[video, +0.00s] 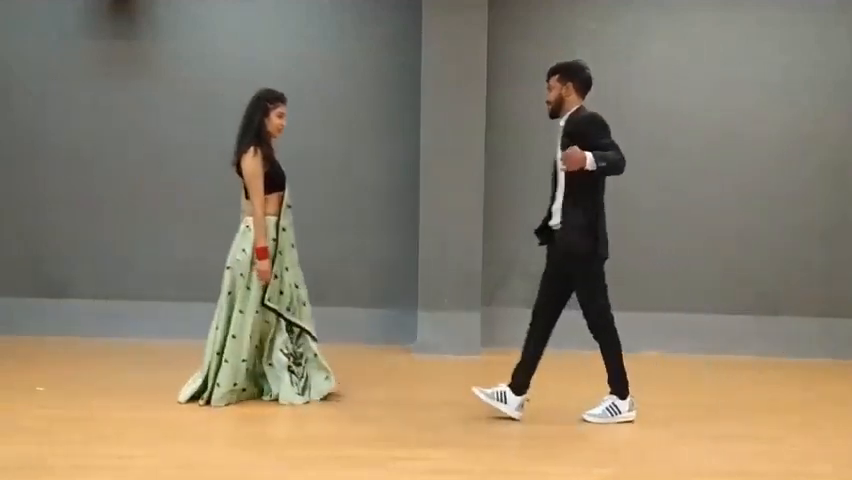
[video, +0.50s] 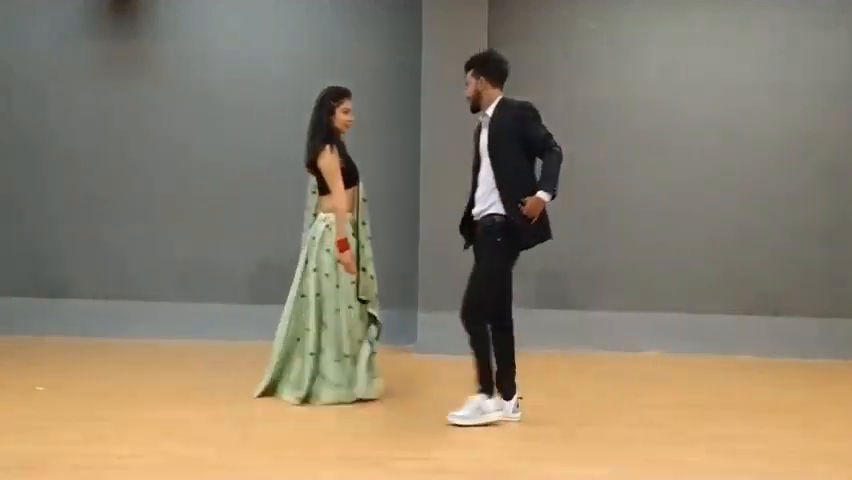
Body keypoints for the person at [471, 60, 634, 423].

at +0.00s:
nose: (546, 94)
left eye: (550, 87)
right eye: (547, 87)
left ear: (567, 87)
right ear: (566, 88)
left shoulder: (588, 122)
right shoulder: (568, 127)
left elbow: (617, 161)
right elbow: (571, 186)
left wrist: (588, 160)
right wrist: (555, 225)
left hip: (582, 241)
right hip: (563, 241)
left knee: (600, 320)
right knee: (542, 317)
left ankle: (621, 399)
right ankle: (514, 393)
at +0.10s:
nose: (531, 96)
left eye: (535, 88)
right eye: (531, 89)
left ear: (553, 89)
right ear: (551, 90)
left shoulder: (575, 121)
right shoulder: (551, 129)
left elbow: (607, 157)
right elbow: (550, 183)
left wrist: (584, 162)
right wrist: (536, 224)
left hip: (566, 236)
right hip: (545, 236)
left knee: (585, 320)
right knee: (533, 320)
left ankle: (618, 395)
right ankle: (509, 398)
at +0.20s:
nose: (508, 92)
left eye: (511, 84)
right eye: (509, 85)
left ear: (528, 84)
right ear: (527, 85)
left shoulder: (557, 115)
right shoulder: (527, 126)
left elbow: (590, 151)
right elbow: (528, 178)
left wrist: (571, 170)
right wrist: (513, 215)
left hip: (544, 232)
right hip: (519, 231)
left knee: (550, 320)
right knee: (517, 319)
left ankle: (604, 382)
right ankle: (507, 399)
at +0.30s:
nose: (493, 90)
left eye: (495, 82)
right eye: (494, 83)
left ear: (510, 82)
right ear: (512, 84)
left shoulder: (543, 113)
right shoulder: (511, 126)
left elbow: (577, 150)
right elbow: (513, 175)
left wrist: (562, 181)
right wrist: (499, 213)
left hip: (528, 229)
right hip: (506, 229)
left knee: (518, 316)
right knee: (510, 316)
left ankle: (576, 374)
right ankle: (507, 399)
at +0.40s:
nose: (477, 89)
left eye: (481, 81)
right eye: (478, 81)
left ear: (496, 81)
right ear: (498, 83)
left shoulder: (530, 113)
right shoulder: (494, 123)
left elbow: (564, 151)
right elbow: (500, 173)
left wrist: (554, 189)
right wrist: (487, 212)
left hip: (516, 227)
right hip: (496, 227)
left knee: (497, 313)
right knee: (499, 314)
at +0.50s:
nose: (465, 90)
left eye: (468, 82)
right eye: (466, 83)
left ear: (483, 82)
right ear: (485, 82)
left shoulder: (519, 112)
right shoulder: (483, 124)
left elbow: (552, 152)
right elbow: (485, 175)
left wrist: (544, 194)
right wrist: (473, 214)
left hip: (504, 225)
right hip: (487, 225)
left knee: (473, 312)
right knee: (499, 317)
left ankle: (486, 396)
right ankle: (508, 399)